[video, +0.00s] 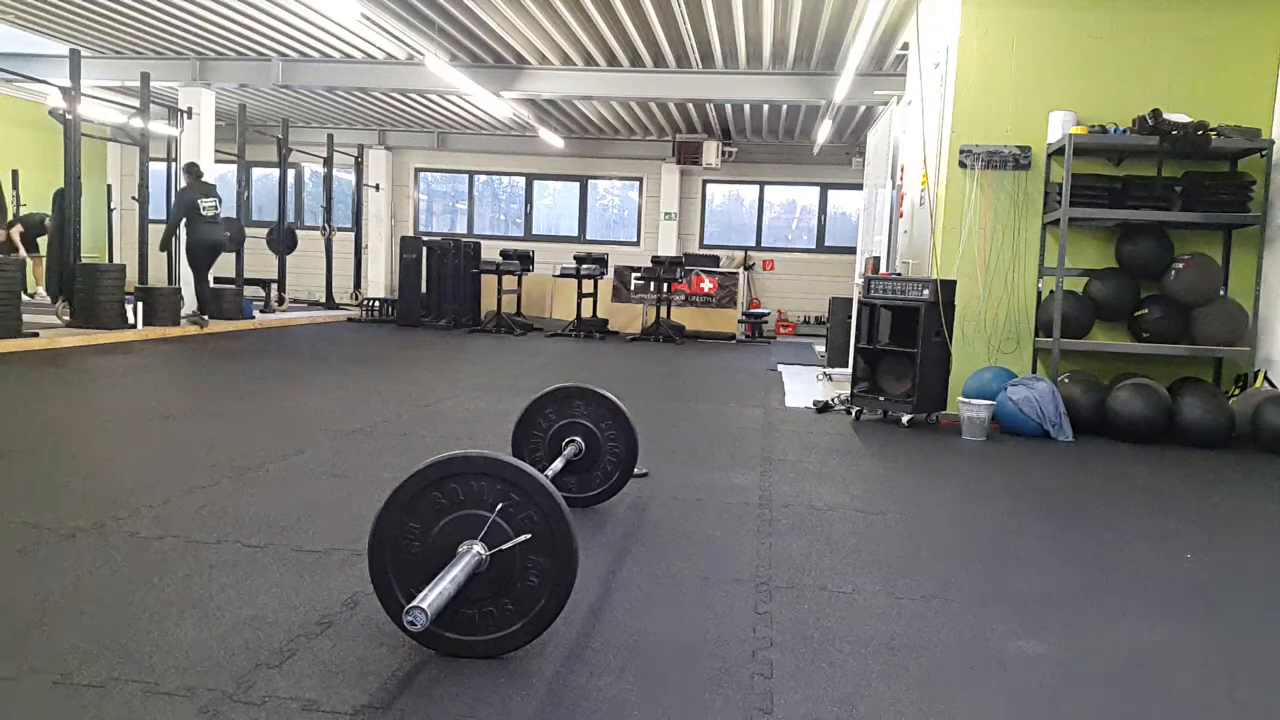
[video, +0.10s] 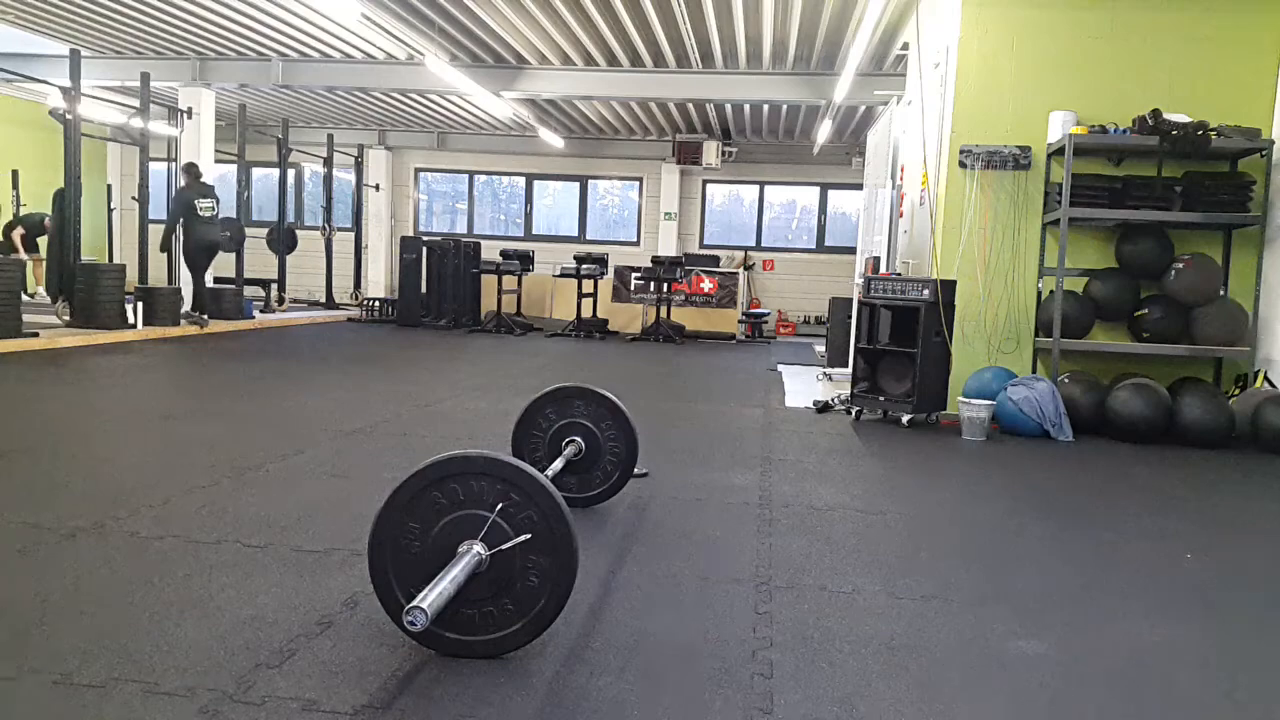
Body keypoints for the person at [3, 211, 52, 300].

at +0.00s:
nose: (50, 231)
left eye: (52, 230)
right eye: (51, 229)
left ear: (49, 223)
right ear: (48, 223)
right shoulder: (34, 222)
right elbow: (13, 231)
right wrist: (21, 249)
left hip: (28, 236)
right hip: (12, 234)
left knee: (37, 260)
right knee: (16, 261)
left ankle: (40, 290)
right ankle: (18, 292)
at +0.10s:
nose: (51, 232)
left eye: (52, 230)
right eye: (51, 229)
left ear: (50, 224)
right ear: (48, 224)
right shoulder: (33, 222)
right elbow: (15, 234)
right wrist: (21, 253)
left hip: (29, 235)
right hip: (11, 233)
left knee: (37, 259)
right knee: (17, 260)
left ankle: (40, 291)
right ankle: (18, 291)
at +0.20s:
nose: (50, 232)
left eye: (52, 230)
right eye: (50, 229)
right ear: (48, 224)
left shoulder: (51, 224)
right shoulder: (33, 222)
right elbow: (16, 237)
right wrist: (23, 256)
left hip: (29, 236)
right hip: (11, 233)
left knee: (38, 261)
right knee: (17, 261)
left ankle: (40, 291)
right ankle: (18, 292)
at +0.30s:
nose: (51, 231)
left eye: (53, 229)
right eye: (51, 228)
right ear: (47, 223)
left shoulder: (50, 224)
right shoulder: (31, 222)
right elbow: (20, 239)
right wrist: (22, 259)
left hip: (29, 235)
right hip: (11, 233)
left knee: (38, 261)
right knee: (17, 261)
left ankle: (40, 291)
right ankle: (17, 291)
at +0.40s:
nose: (50, 230)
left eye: (52, 229)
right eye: (50, 228)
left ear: (48, 222)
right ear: (47, 222)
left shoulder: (50, 223)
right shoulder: (31, 223)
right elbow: (24, 242)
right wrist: (23, 260)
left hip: (29, 234)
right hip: (12, 233)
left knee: (38, 260)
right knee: (17, 260)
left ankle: (40, 290)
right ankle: (17, 291)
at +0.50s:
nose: (51, 231)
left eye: (52, 229)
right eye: (51, 228)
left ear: (48, 223)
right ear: (47, 223)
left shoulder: (49, 225)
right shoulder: (30, 224)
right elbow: (23, 246)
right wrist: (23, 265)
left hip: (28, 234)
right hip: (11, 233)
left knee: (38, 261)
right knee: (17, 261)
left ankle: (40, 290)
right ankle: (17, 291)